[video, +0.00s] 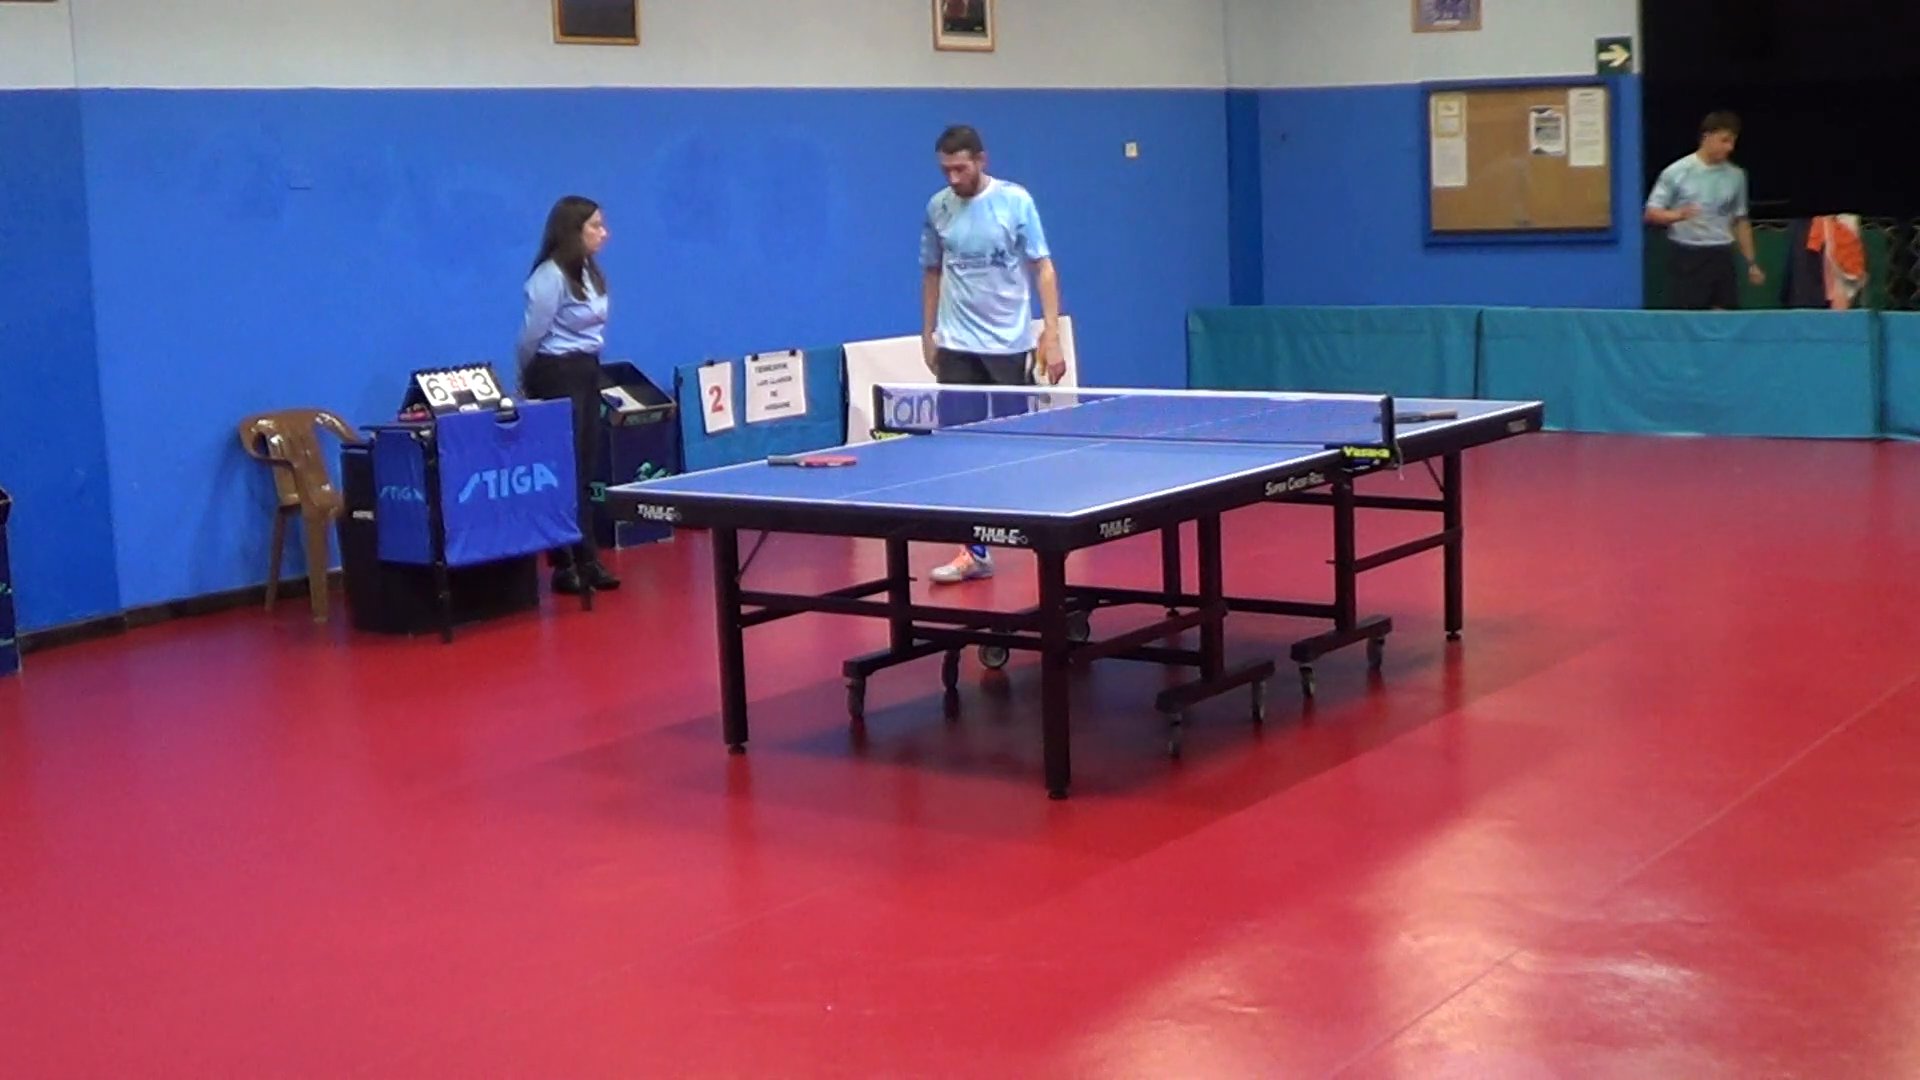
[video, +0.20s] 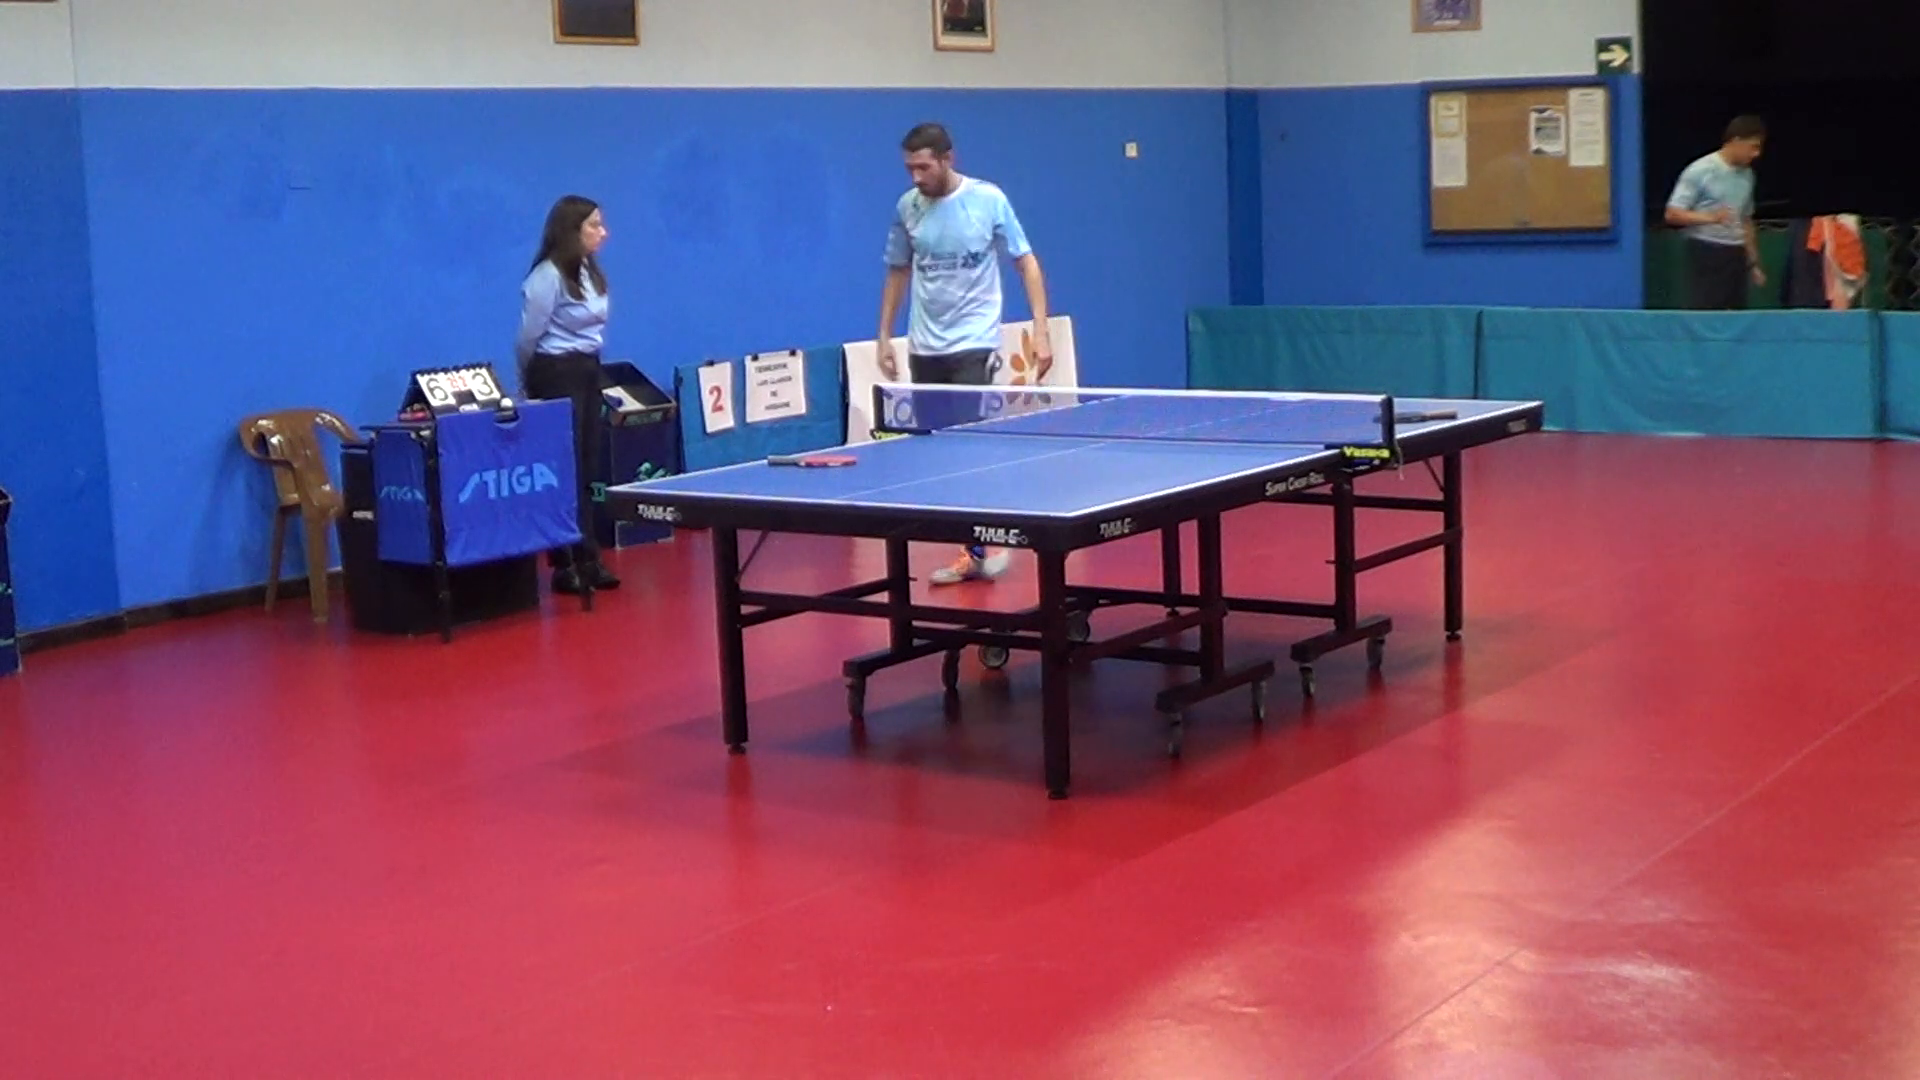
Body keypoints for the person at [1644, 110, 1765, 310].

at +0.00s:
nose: (1730, 147)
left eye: (1733, 142)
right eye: (1725, 140)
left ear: (1735, 143)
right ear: (1706, 137)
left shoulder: (1736, 176)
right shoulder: (1676, 172)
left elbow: (1741, 221)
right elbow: (1651, 213)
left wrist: (1751, 262)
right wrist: (1678, 215)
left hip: (1721, 253)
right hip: (1686, 252)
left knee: (1724, 315)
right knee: (1687, 317)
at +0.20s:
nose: (1756, 154)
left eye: (1759, 148)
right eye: (1753, 147)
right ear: (1735, 141)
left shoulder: (1747, 176)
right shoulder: (1700, 170)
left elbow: (1746, 221)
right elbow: (1672, 214)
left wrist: (1753, 264)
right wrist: (1710, 217)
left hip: (1736, 251)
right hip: (1705, 249)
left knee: (1735, 314)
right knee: (1706, 315)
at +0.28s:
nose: (1763, 154)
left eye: (1766, 148)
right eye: (1761, 146)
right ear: (1744, 139)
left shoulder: (1749, 174)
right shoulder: (1708, 168)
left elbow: (1747, 223)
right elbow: (1682, 212)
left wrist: (1756, 262)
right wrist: (1724, 219)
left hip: (1739, 250)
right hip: (1711, 248)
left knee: (1739, 313)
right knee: (1716, 313)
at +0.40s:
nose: (1773, 155)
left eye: (1775, 150)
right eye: (1771, 148)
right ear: (1755, 139)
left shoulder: (1752, 176)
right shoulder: (1722, 167)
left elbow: (1750, 226)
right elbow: (1699, 212)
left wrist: (1759, 265)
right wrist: (1748, 221)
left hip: (1743, 249)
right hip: (1721, 247)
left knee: (1744, 315)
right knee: (1730, 315)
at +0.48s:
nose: (1780, 156)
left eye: (1783, 151)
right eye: (1779, 149)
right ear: (1764, 140)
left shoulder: (1754, 172)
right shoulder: (1731, 167)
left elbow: (1752, 225)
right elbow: (1712, 211)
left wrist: (1764, 263)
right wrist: (1760, 223)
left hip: (1747, 251)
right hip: (1728, 249)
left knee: (1750, 317)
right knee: (1742, 317)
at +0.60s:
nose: (1793, 159)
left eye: (1795, 154)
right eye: (1792, 152)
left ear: (1778, 144)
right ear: (1777, 142)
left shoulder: (1763, 171)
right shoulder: (1747, 168)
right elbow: (1729, 213)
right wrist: (1776, 229)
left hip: (1756, 251)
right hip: (1741, 251)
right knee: (1760, 317)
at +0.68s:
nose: (1803, 161)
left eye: (1805, 155)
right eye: (1802, 154)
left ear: (1789, 145)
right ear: (1787, 144)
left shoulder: (1772, 172)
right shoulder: (1758, 170)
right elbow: (1740, 215)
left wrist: (1796, 231)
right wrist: (1788, 232)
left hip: (1767, 253)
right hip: (1751, 252)